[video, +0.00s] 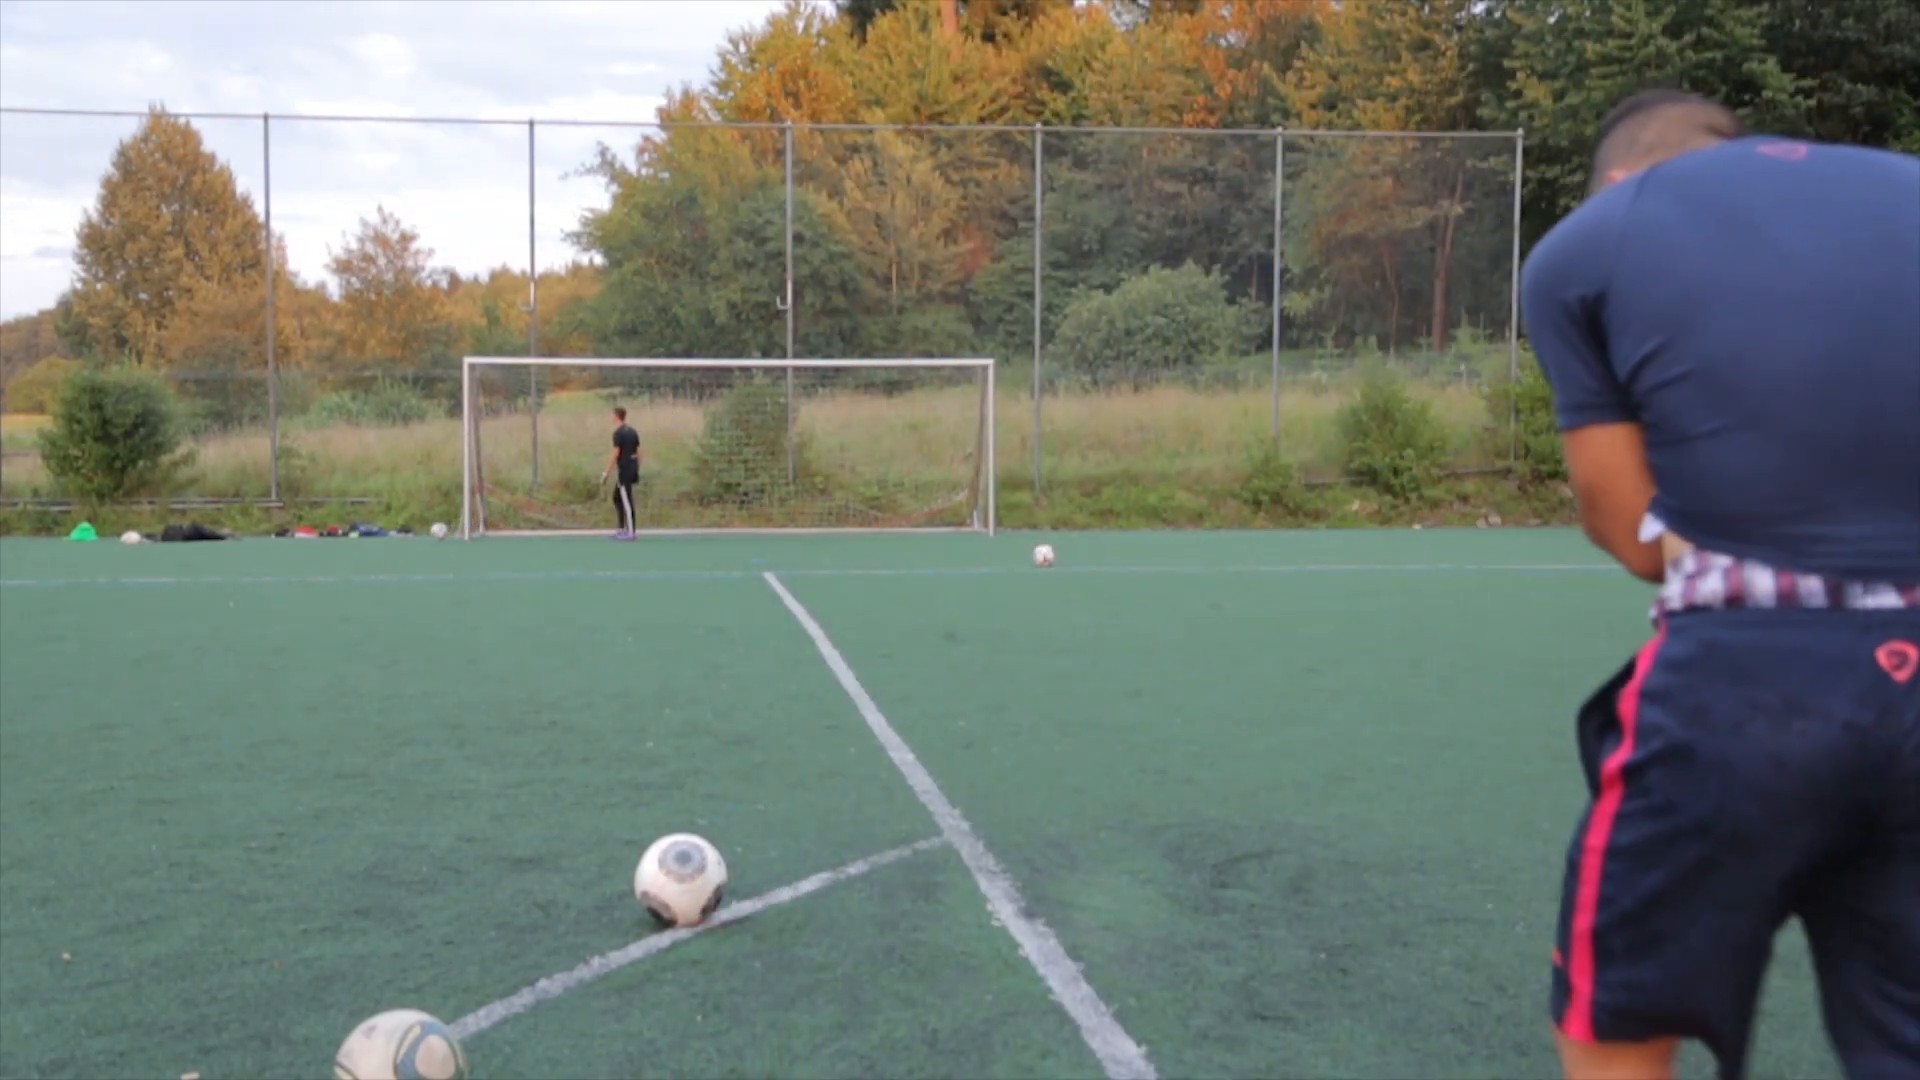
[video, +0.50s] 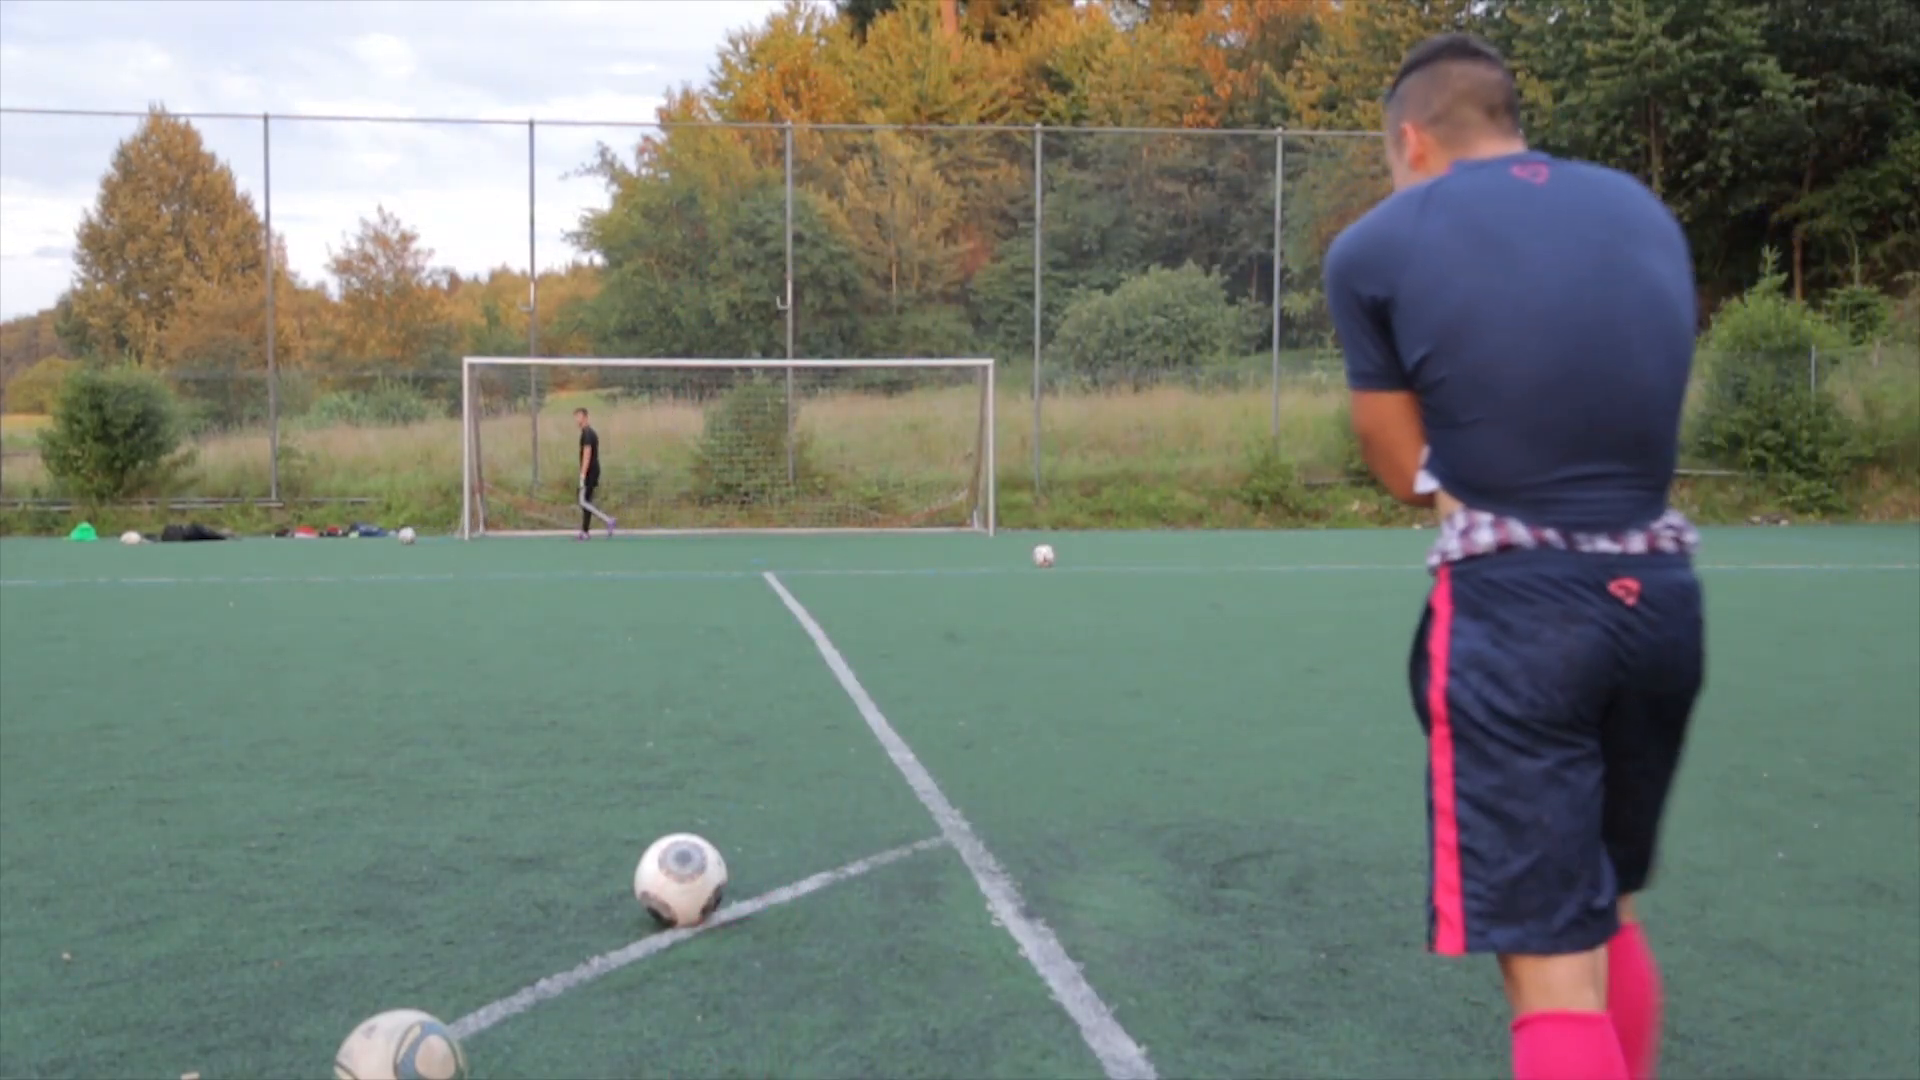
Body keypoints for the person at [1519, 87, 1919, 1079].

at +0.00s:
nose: (1602, 219)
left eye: (1597, 204)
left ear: (1614, 185)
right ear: (1741, 142)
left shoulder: (1581, 250)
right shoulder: (1900, 181)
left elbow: (1626, 525)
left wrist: (1756, 572)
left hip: (1738, 669)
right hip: (1915, 658)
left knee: (1619, 1037)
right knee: (1903, 1045)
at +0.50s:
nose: (1394, 176)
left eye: (1391, 155)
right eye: (1394, 157)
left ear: (1414, 141)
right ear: (1513, 129)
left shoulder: (1377, 249)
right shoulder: (1642, 210)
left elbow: (1404, 469)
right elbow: (1646, 397)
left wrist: (1549, 436)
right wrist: (1476, 462)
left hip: (1512, 618)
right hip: (1660, 608)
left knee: (1552, 968)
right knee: (1613, 908)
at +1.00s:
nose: (1240, 234)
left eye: (1242, 212)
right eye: (1234, 216)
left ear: (1289, 189)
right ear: (1322, 191)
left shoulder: (1295, 277)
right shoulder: (1414, 269)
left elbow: (1254, 461)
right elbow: (1368, 427)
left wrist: (1255, 304)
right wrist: (1270, 297)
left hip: (1335, 580)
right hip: (1439, 584)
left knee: (1231, 807)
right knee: (1421, 851)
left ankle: (1305, 1055)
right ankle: (1446, 1071)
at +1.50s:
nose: (1083, 264)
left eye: (1082, 249)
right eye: (1081, 251)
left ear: (1109, 234)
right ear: (1165, 226)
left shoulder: (1086, 317)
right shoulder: (1246, 295)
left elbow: (1090, 461)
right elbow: (1236, 423)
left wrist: (1098, 339)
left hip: (1161, 567)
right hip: (1250, 562)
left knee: (1178, 801)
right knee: (1214, 763)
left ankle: (1214, 1026)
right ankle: (1208, 948)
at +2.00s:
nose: (954, 291)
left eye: (960, 274)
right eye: (951, 277)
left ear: (1004, 266)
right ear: (1016, 271)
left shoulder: (1021, 338)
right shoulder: (1080, 323)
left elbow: (983, 466)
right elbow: (1042, 434)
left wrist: (985, 351)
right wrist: (987, 342)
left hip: (1049, 555)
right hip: (1108, 552)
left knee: (978, 725)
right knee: (1083, 734)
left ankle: (1019, 898)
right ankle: (1129, 919)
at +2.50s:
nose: (841, 333)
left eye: (847, 314)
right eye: (828, 321)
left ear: (886, 298)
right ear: (825, 323)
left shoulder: (945, 359)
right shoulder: (860, 362)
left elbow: (918, 481)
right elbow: (855, 478)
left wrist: (875, 385)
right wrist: (848, 384)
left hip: (964, 554)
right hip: (903, 553)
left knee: (962, 734)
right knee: (871, 727)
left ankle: (997, 897)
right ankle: (850, 888)